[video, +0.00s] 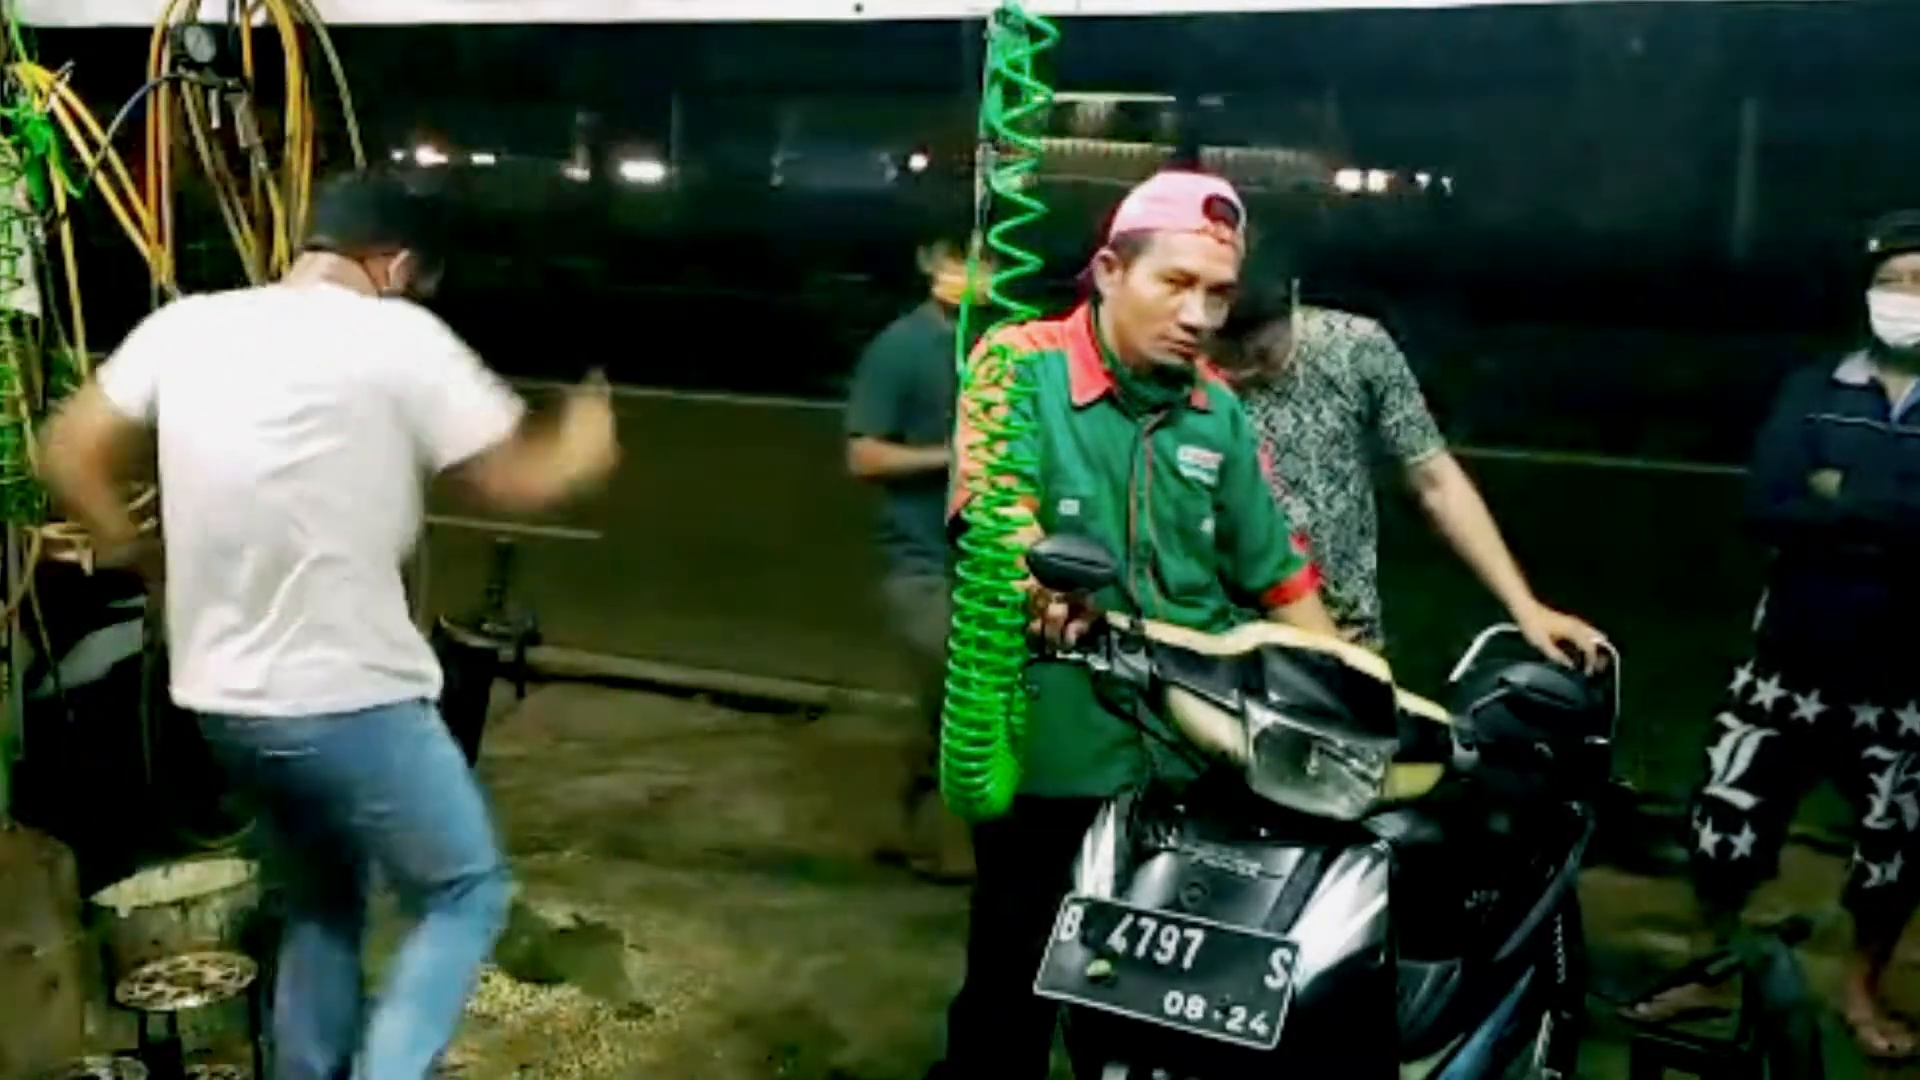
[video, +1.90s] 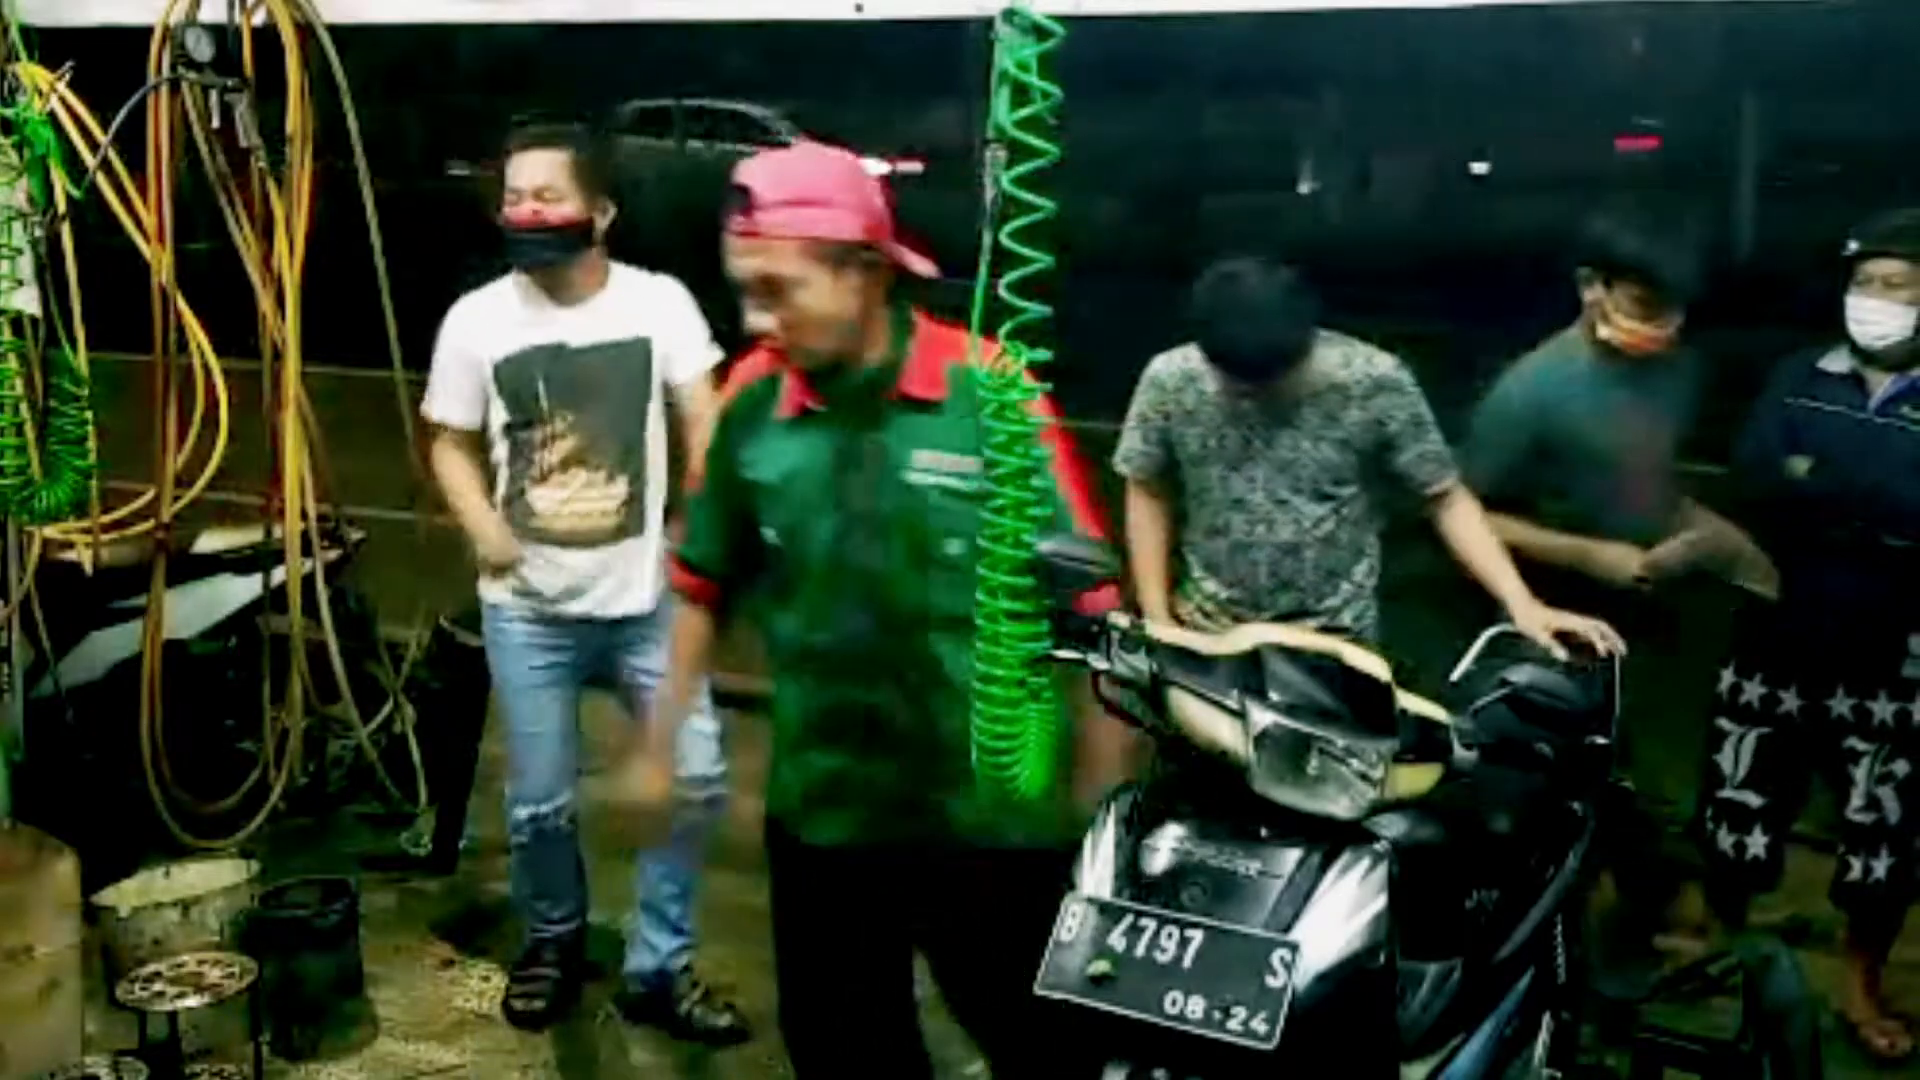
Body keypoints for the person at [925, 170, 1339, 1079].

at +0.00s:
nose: (1196, 315)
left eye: (1217, 294)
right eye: (1175, 283)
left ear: (1231, 302)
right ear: (1108, 272)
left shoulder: (1222, 417)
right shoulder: (1019, 369)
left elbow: (1286, 586)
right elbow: (988, 514)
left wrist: (1346, 704)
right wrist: (1042, 598)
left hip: (1189, 757)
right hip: (1049, 752)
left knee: (1164, 1010)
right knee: (1009, 1010)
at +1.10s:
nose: (1063, 316)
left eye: (1090, 291)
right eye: (1048, 290)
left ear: (1156, 291)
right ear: (1031, 288)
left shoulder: (1200, 412)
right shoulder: (981, 382)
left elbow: (1286, 585)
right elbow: (956, 545)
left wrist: (1350, 686)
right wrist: (1031, 586)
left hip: (1171, 773)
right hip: (1022, 776)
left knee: (1147, 1036)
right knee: (963, 1030)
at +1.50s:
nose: (952, 335)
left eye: (977, 313)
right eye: (941, 310)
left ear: (1059, 306)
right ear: (927, 300)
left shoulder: (1135, 407)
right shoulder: (902, 407)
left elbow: (1241, 596)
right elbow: (885, 604)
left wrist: (1337, 663)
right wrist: (1012, 648)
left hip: (1121, 774)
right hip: (960, 775)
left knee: (1135, 1023)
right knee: (890, 1018)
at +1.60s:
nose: (903, 345)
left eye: (926, 319)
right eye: (888, 318)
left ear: (1006, 306)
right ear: (873, 308)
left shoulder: (1100, 408)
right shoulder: (861, 418)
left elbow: (1211, 586)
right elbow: (853, 616)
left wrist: (1325, 652)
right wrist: (970, 713)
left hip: (1092, 792)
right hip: (922, 790)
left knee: (1135, 1033)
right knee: (863, 1039)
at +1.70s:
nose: (842, 336)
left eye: (864, 311)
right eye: (829, 312)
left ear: (950, 293)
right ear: (816, 303)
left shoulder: (1054, 404)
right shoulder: (818, 420)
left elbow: (1171, 591)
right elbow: (801, 624)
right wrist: (869, 776)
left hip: (1049, 812)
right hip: (876, 809)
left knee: (1112, 1051)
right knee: (847, 1056)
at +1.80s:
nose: (781, 328)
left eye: (800, 301)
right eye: (771, 302)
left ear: (888, 288)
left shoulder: (1016, 400)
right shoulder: (779, 418)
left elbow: (1112, 577)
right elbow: (734, 610)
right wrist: (742, 779)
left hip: (1011, 817)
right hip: (840, 819)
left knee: (1071, 1054)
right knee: (843, 1058)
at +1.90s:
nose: (757, 321)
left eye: (776, 293)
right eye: (746, 296)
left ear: (864, 275)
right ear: (741, 284)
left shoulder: (990, 396)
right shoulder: (750, 411)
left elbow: (1090, 602)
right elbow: (699, 588)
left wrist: (1101, 799)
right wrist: (658, 740)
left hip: (990, 819)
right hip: (826, 820)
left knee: (1039, 1046)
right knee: (844, 1054)